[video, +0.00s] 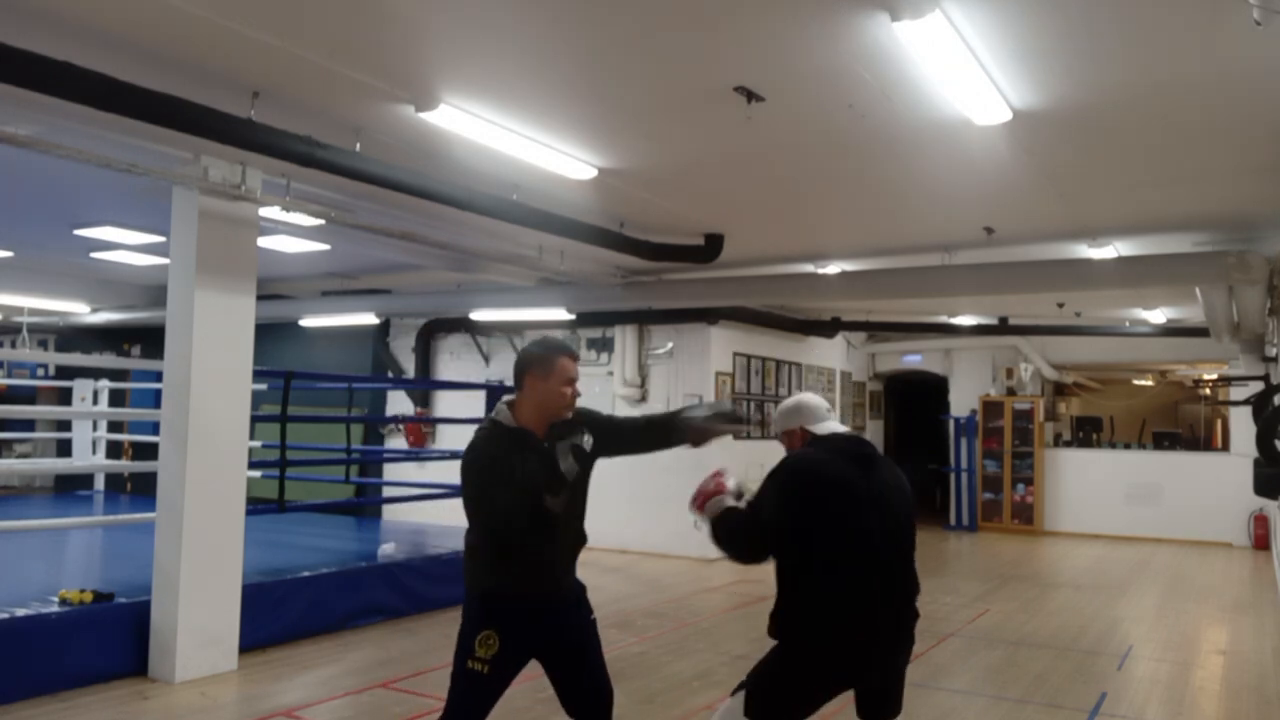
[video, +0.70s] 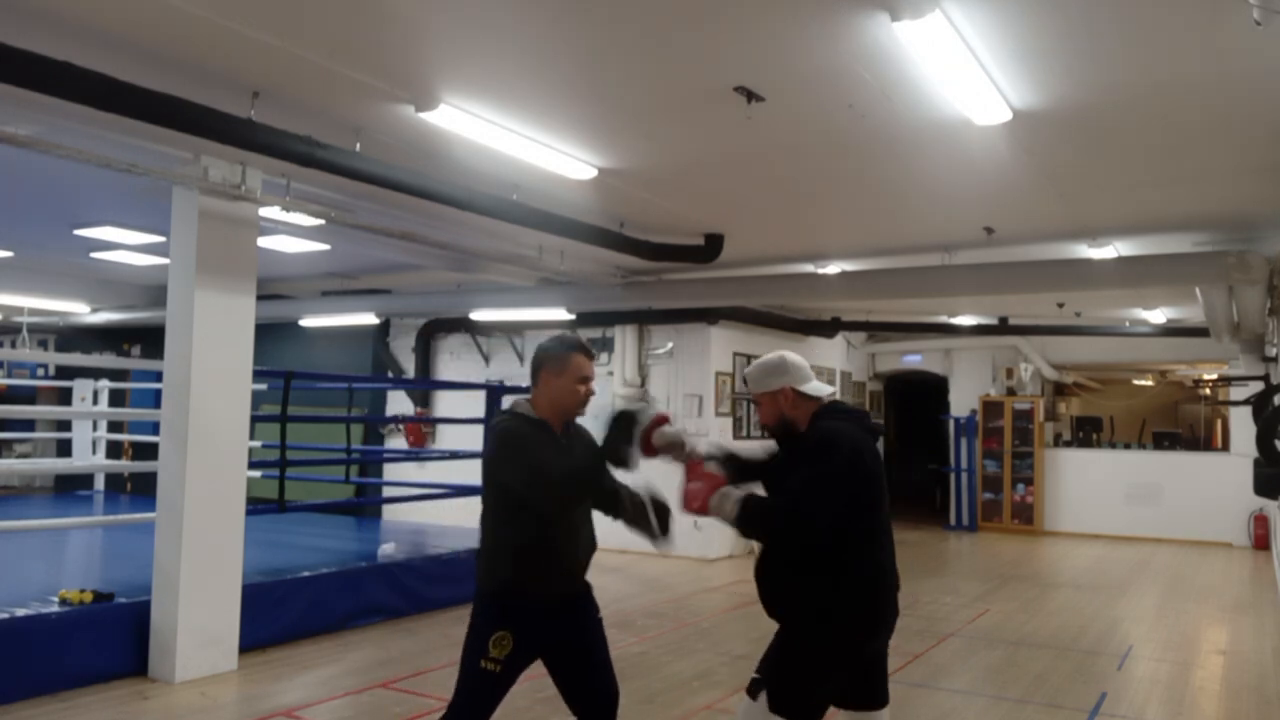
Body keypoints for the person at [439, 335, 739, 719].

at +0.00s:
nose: (575, 392)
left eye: (576, 384)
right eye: (567, 383)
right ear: (531, 382)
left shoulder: (581, 430)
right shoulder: (487, 450)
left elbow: (639, 433)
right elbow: (499, 534)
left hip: (561, 599)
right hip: (498, 604)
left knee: (595, 706)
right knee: (462, 712)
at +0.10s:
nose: (576, 393)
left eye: (577, 383)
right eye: (568, 382)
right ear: (533, 381)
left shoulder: (574, 433)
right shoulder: (488, 446)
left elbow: (625, 452)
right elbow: (492, 519)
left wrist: (673, 455)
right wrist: (532, 437)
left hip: (559, 598)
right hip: (499, 602)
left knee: (592, 706)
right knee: (464, 712)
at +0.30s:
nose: (575, 394)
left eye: (576, 385)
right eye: (567, 383)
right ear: (530, 380)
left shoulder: (548, 439)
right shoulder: (500, 437)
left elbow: (564, 501)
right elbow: (559, 502)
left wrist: (608, 523)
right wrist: (618, 466)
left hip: (552, 600)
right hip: (497, 602)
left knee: (585, 703)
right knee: (465, 710)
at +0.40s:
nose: (571, 393)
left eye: (572, 384)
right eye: (563, 383)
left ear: (532, 383)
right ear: (526, 381)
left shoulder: (555, 434)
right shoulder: (489, 439)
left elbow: (582, 494)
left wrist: (607, 474)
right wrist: (583, 476)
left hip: (553, 598)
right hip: (495, 602)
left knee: (586, 704)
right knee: (462, 711)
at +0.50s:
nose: (570, 393)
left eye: (571, 384)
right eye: (561, 382)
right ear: (524, 379)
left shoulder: (566, 433)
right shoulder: (479, 447)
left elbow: (616, 461)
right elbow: (483, 537)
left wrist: (663, 457)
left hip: (557, 602)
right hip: (494, 606)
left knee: (588, 707)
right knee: (461, 712)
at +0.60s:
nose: (581, 391)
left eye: (582, 382)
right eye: (572, 381)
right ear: (537, 378)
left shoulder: (574, 433)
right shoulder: (501, 432)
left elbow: (615, 479)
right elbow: (499, 510)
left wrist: (652, 471)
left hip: (559, 595)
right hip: (500, 597)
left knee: (592, 704)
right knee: (466, 711)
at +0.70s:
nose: (590, 392)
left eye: (590, 383)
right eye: (582, 382)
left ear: (553, 381)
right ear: (547, 379)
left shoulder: (578, 439)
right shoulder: (509, 434)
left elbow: (601, 490)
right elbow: (549, 485)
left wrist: (641, 510)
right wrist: (608, 457)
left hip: (566, 594)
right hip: (509, 598)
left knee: (600, 703)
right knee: (468, 710)